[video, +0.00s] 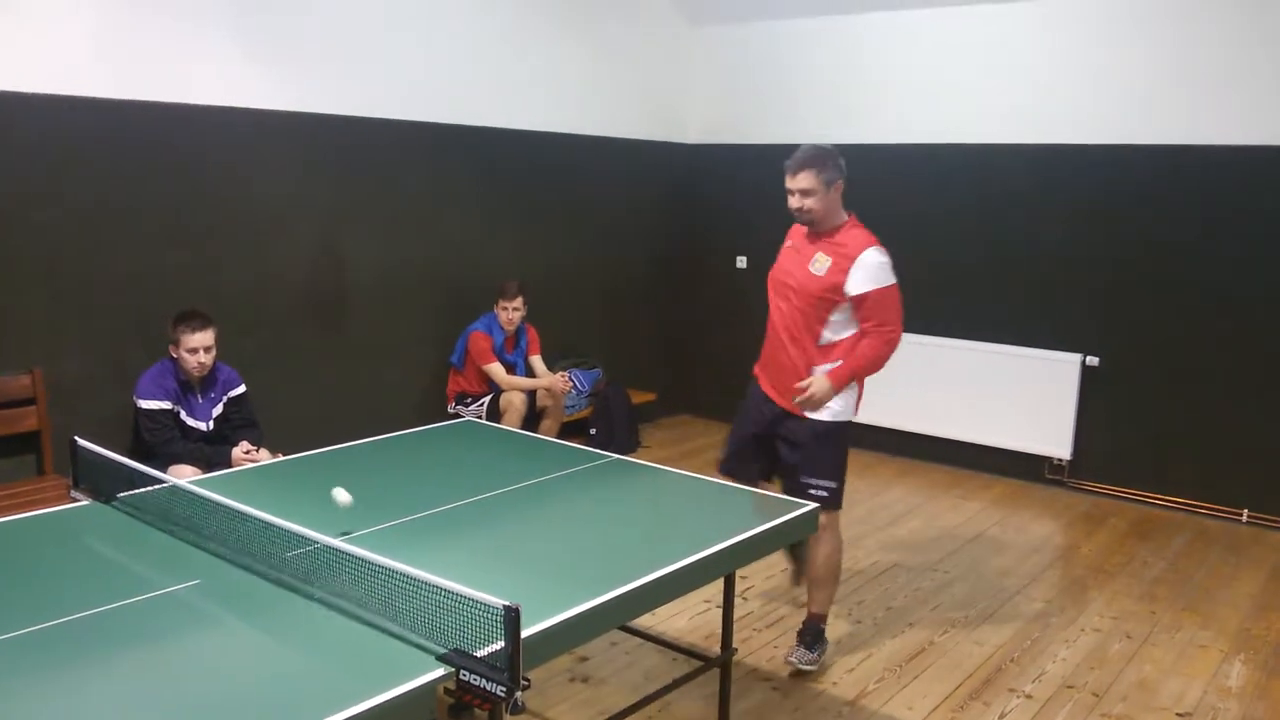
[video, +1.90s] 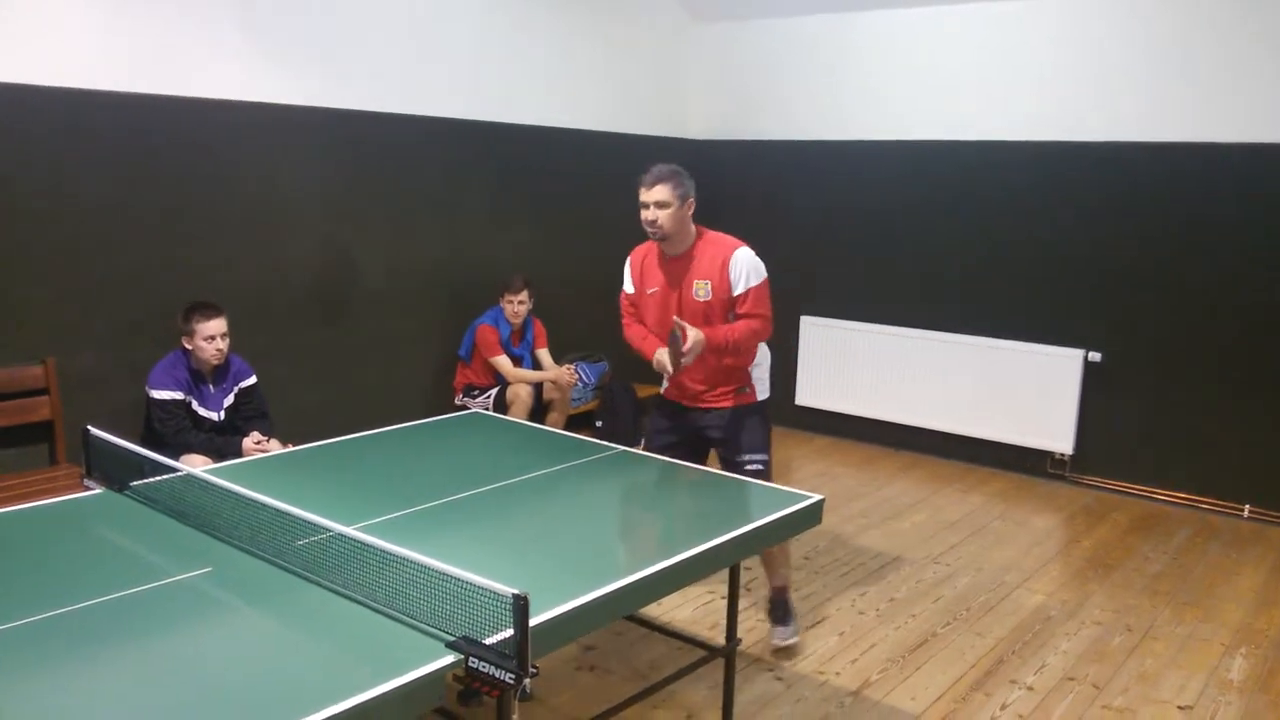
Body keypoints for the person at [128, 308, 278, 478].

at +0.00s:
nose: (202, 359)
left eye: (208, 350)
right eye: (192, 352)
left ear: (215, 348)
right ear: (174, 351)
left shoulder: (228, 378)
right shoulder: (152, 386)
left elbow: (245, 425)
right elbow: (165, 448)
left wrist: (245, 443)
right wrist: (227, 456)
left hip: (220, 453)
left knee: (264, 459)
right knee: (188, 475)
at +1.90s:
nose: (220, 347)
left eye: (224, 337)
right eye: (210, 340)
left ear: (229, 336)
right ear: (187, 342)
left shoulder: (238, 369)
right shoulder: (165, 378)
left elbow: (256, 417)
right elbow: (177, 438)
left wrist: (256, 434)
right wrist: (238, 447)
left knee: (274, 448)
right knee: (199, 465)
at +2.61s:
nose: (213, 347)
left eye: (217, 337)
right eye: (203, 339)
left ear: (223, 337)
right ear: (182, 342)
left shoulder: (232, 368)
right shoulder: (158, 376)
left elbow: (249, 416)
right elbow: (171, 438)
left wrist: (249, 434)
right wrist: (232, 446)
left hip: (225, 444)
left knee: (268, 448)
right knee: (193, 465)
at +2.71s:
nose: (212, 348)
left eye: (217, 338)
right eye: (202, 340)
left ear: (223, 338)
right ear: (181, 342)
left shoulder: (233, 369)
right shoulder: (159, 377)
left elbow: (251, 417)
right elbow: (172, 438)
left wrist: (250, 435)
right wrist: (233, 447)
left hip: (226, 444)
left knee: (269, 449)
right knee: (193, 465)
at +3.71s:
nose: (199, 350)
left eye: (207, 342)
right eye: (191, 342)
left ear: (223, 342)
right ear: (181, 342)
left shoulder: (236, 371)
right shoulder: (162, 378)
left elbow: (252, 418)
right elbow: (175, 440)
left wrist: (252, 438)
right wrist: (235, 449)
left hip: (227, 449)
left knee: (271, 449)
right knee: (196, 467)